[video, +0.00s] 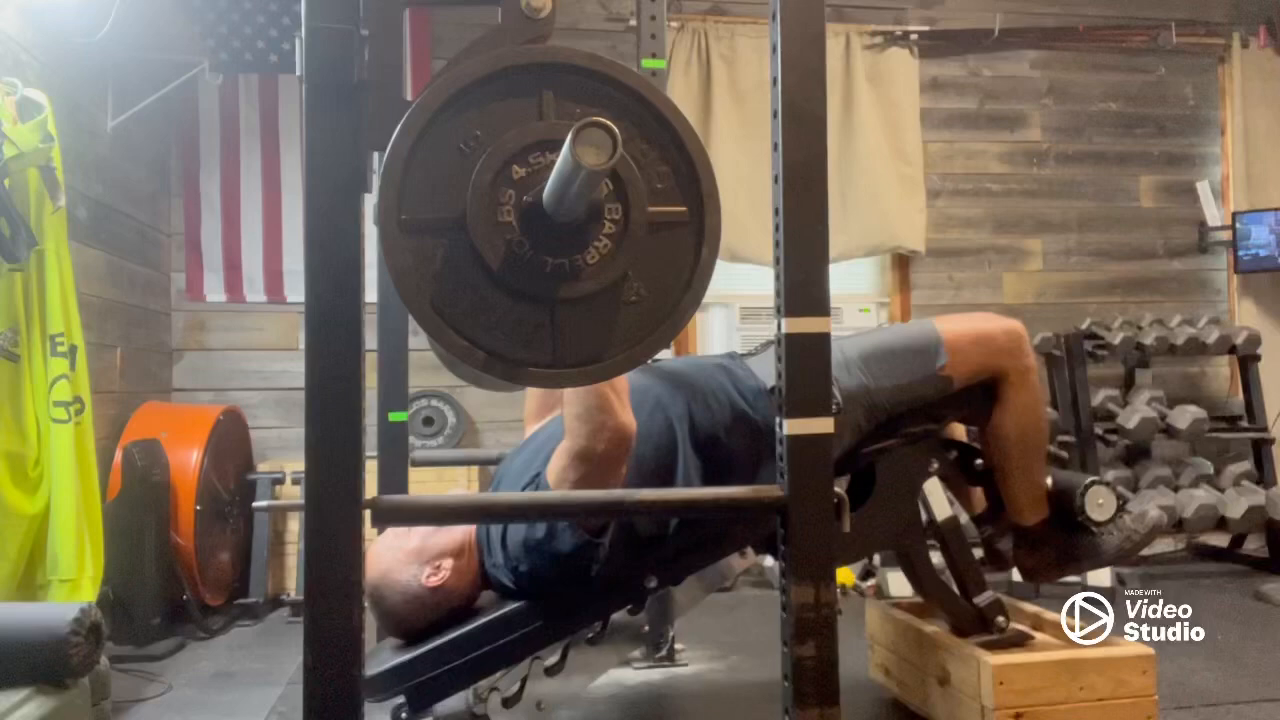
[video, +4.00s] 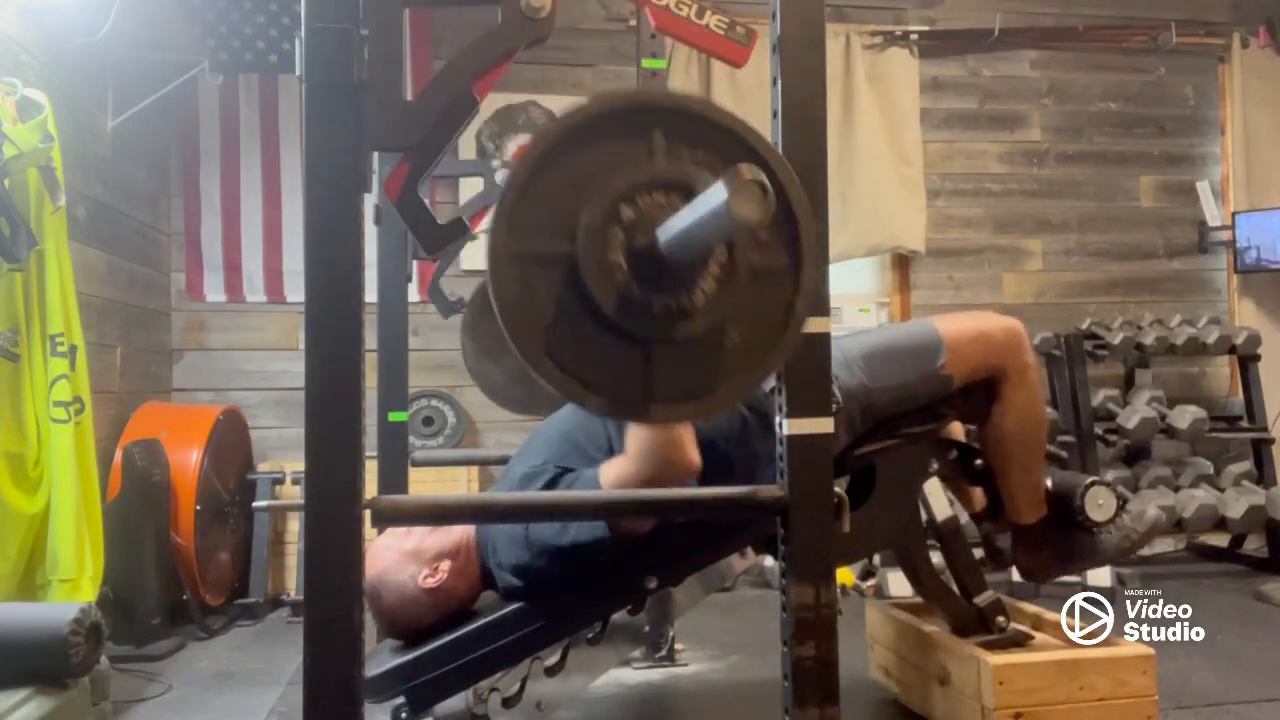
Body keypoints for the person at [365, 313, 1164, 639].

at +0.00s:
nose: (421, 532)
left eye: (405, 536)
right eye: (417, 549)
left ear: (431, 549)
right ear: (446, 578)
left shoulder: (494, 503)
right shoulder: (534, 552)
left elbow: (571, 409)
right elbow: (604, 422)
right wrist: (560, 291)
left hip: (747, 376)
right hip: (772, 425)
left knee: (961, 332)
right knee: (1006, 343)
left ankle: (993, 491)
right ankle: (1033, 530)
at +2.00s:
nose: (416, 529)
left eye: (397, 533)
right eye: (412, 550)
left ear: (428, 547)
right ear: (444, 582)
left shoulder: (497, 497)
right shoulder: (532, 549)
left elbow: (559, 373)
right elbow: (606, 401)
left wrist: (544, 220)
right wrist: (607, 231)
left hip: (740, 377)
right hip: (773, 425)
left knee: (934, 323)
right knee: (998, 336)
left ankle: (967, 469)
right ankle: (1031, 522)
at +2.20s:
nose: (416, 530)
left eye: (398, 533)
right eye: (413, 549)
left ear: (427, 547)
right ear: (445, 579)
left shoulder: (495, 497)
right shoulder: (524, 549)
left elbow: (601, 418)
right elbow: (639, 439)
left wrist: (587, 300)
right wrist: (609, 304)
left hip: (743, 376)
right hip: (766, 426)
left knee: (934, 323)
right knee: (999, 337)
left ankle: (977, 470)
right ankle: (1032, 523)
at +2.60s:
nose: (418, 529)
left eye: (400, 536)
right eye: (417, 548)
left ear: (427, 549)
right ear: (446, 576)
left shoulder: (495, 501)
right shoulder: (532, 542)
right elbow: (695, 531)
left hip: (712, 396)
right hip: (752, 438)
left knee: (917, 316)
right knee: (999, 339)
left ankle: (983, 476)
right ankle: (1034, 527)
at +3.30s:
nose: (417, 532)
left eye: (399, 536)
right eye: (415, 552)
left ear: (427, 541)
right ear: (446, 577)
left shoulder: (501, 493)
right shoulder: (527, 549)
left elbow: (622, 427)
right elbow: (649, 454)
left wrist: (600, 310)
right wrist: (628, 317)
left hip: (744, 375)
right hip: (765, 427)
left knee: (955, 326)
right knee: (1001, 340)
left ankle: (986, 481)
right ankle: (1033, 527)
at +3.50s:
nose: (419, 532)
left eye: (402, 535)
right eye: (414, 552)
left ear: (428, 541)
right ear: (446, 580)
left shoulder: (503, 494)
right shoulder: (530, 553)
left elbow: (551, 375)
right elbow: (595, 400)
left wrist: (557, 218)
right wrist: (591, 235)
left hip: (745, 372)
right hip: (770, 421)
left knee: (955, 327)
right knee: (1000, 340)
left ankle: (992, 486)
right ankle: (1034, 529)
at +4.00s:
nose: (419, 531)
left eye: (402, 535)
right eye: (417, 550)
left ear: (428, 544)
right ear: (447, 578)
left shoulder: (496, 503)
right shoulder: (529, 546)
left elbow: (625, 426)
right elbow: (666, 461)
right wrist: (640, 323)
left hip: (741, 379)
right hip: (765, 430)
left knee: (950, 327)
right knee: (1003, 343)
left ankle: (995, 495)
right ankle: (1033, 532)